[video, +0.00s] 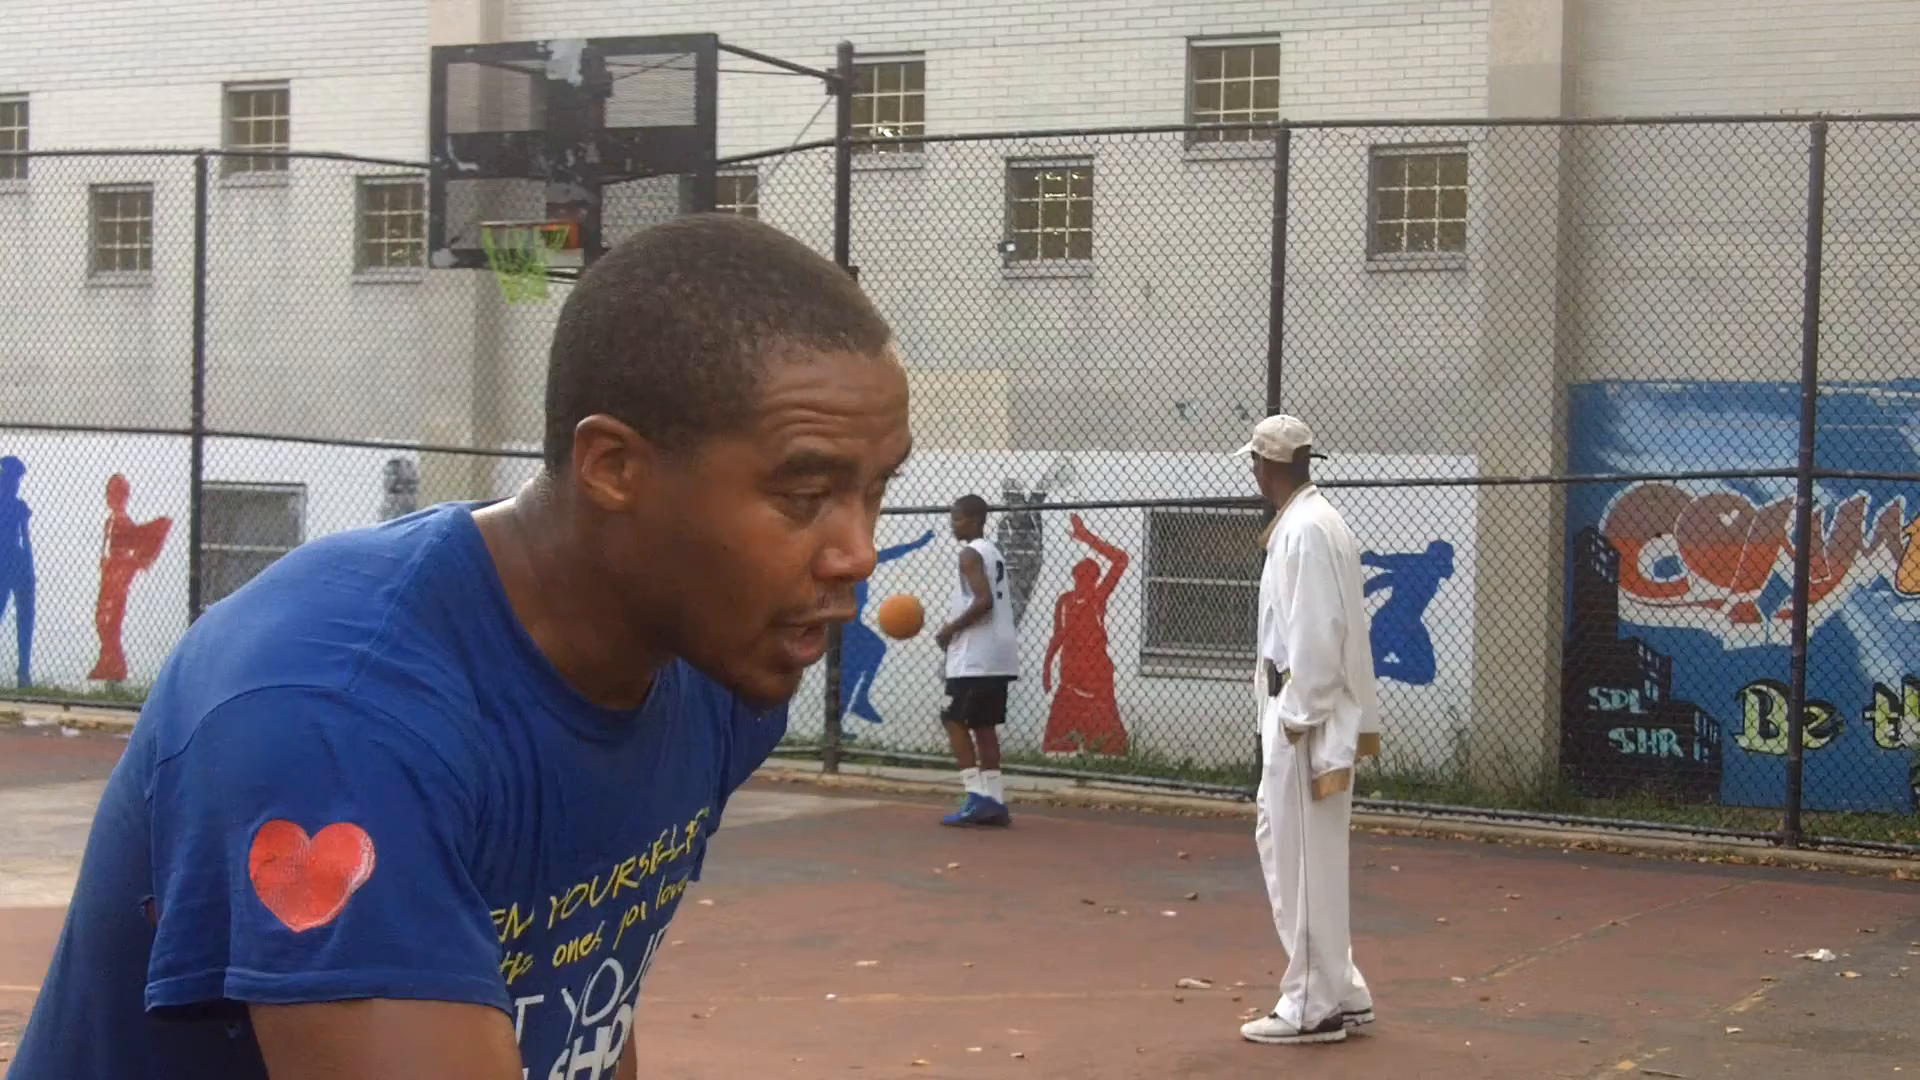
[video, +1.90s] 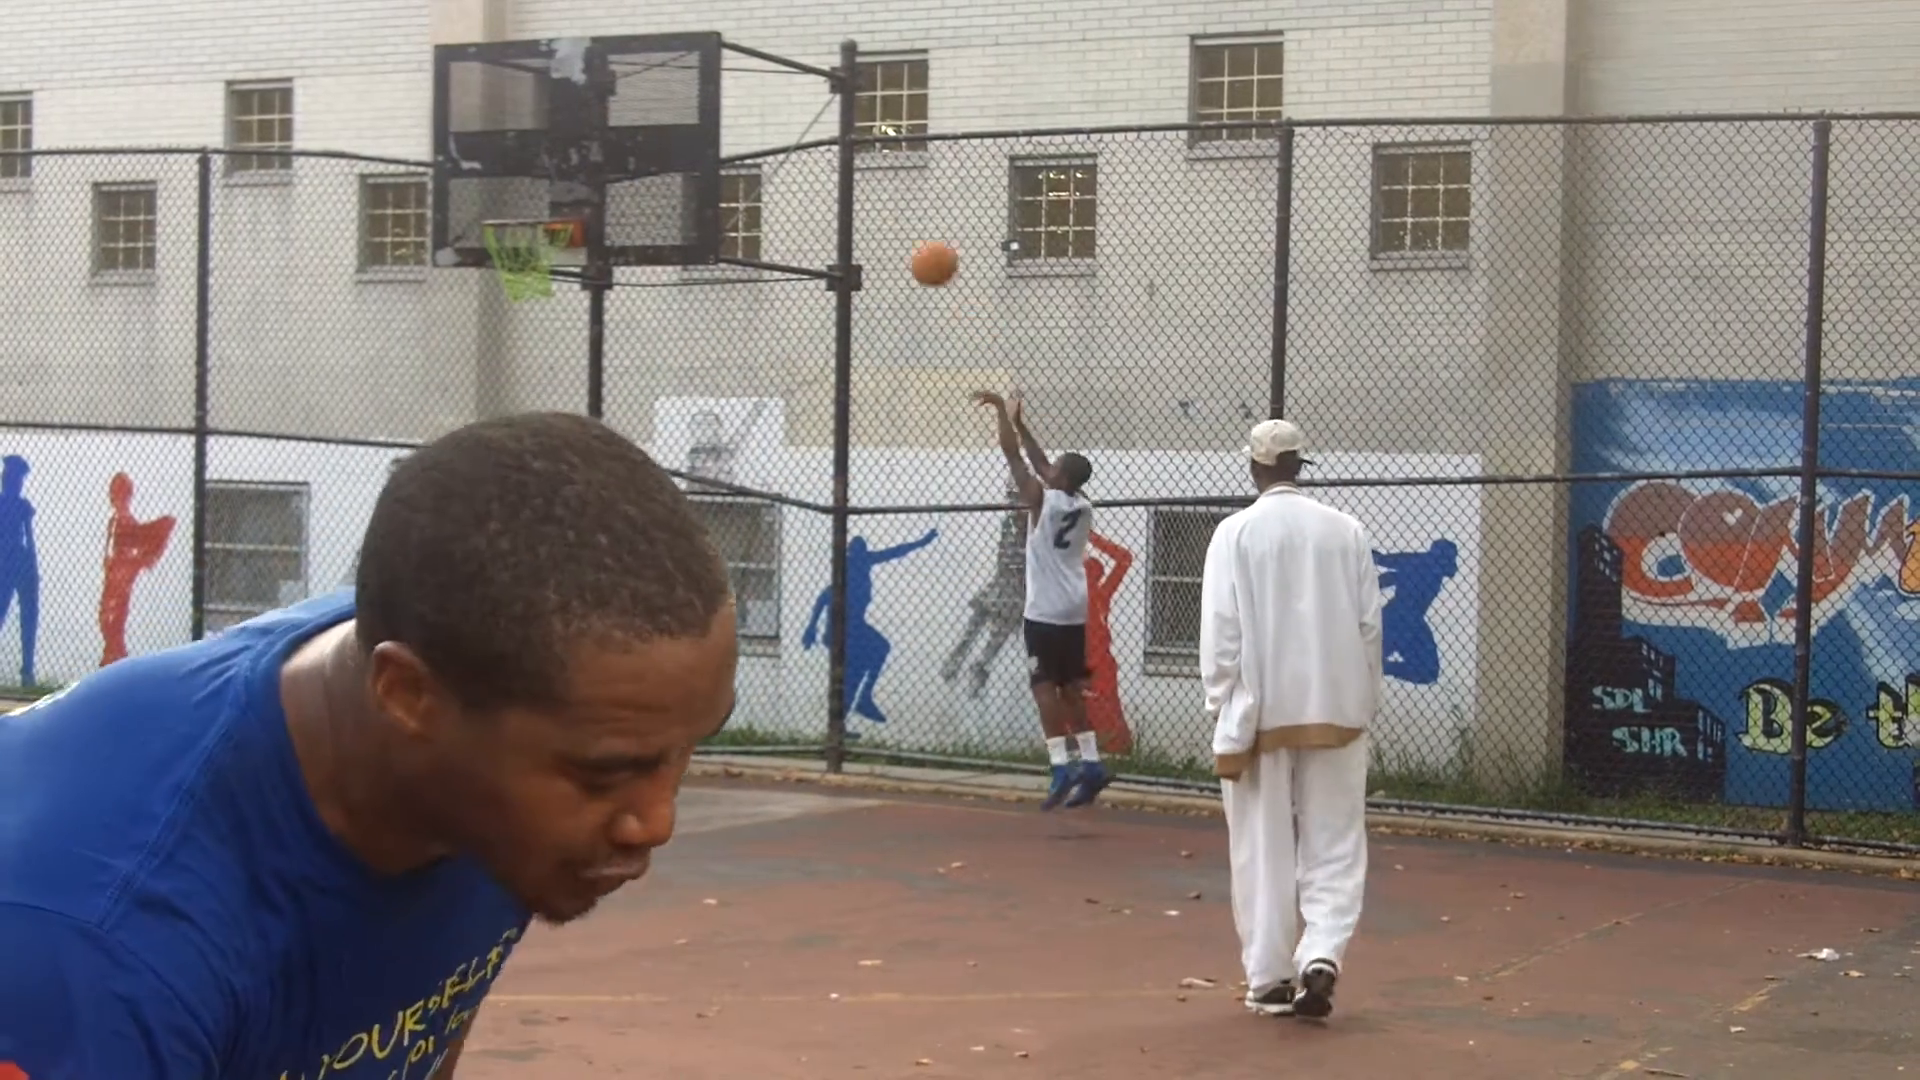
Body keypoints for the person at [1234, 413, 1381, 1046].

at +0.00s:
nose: (1251, 473)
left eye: (1256, 464)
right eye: (1253, 463)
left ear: (1273, 468)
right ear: (1298, 465)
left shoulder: (1307, 530)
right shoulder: (1309, 522)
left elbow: (1319, 638)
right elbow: (1335, 634)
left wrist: (1296, 714)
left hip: (1306, 721)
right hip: (1299, 717)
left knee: (1305, 857)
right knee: (1283, 846)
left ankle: (1316, 1003)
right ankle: (1335, 988)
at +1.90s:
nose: (1255, 475)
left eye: (1252, 467)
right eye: (1269, 465)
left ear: (1254, 470)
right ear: (1300, 467)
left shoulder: (1233, 533)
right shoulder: (1345, 528)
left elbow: (1221, 636)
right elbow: (1370, 625)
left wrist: (1225, 716)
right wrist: (1365, 705)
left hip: (1260, 710)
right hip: (1337, 708)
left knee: (1260, 845)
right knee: (1336, 842)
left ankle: (1269, 977)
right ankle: (1322, 955)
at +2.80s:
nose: (1346, 472)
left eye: (1332, 461)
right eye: (1362, 467)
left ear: (1323, 465)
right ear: (1370, 471)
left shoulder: (1278, 517)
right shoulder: (1388, 539)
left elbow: (1241, 613)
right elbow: (1393, 638)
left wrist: (1233, 693)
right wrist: (1382, 710)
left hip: (1268, 694)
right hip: (1344, 703)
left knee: (1253, 822)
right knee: (1334, 836)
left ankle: (1260, 934)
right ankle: (1320, 974)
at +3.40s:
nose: (1388, 474)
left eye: (1371, 463)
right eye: (1396, 468)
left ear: (1354, 466)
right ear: (1400, 472)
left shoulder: (1307, 519)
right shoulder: (1404, 538)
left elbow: (1269, 617)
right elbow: (1403, 634)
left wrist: (1274, 688)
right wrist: (1407, 702)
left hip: (1298, 696)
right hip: (1364, 703)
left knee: (1308, 826)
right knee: (1345, 832)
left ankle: (1326, 940)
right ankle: (1321, 967)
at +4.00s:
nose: (1399, 477)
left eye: (1380, 470)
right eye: (1404, 470)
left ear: (1364, 476)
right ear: (1408, 474)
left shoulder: (1333, 532)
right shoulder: (1434, 530)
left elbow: (1312, 629)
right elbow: (1447, 623)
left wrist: (1316, 703)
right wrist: (1461, 692)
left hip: (1349, 695)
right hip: (1417, 694)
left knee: (1354, 822)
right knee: (1424, 826)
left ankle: (1358, 950)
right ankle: (1382, 930)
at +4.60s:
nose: (1482, 482)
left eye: (1465, 470)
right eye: (1493, 476)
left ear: (1451, 472)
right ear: (1497, 479)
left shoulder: (1405, 520)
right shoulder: (1509, 542)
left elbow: (1367, 612)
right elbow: (1512, 634)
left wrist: (1361, 685)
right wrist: (1501, 698)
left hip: (1392, 688)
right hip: (1466, 696)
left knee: (1373, 818)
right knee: (1461, 827)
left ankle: (1365, 938)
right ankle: (1460, 960)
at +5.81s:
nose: (1396, 478)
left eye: (1400, 469)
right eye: (1397, 469)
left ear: (1419, 471)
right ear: (1447, 473)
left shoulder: (1405, 527)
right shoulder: (1490, 531)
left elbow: (1394, 624)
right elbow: (1515, 621)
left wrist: (1379, 693)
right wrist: (1500, 690)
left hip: (1420, 699)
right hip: (1478, 699)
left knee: (1416, 826)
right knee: (1472, 823)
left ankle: (1432, 957)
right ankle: (1473, 955)